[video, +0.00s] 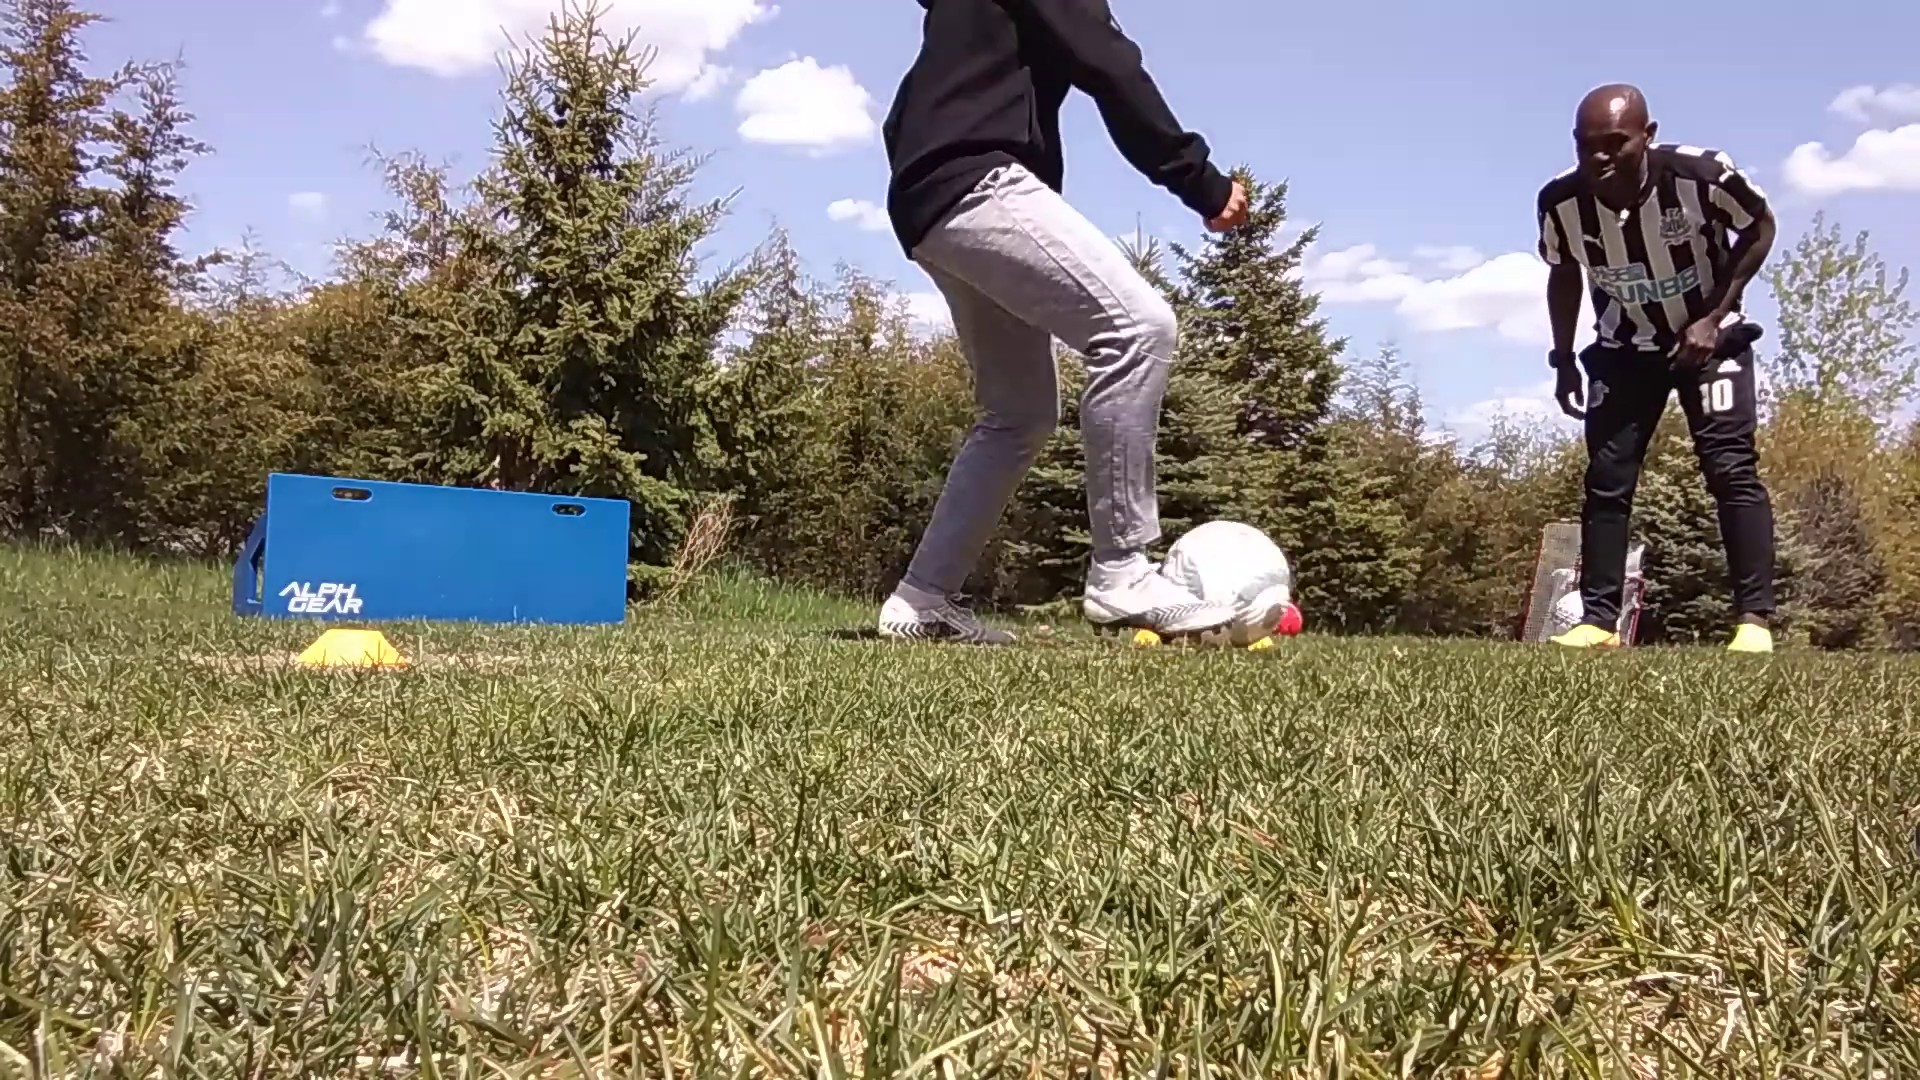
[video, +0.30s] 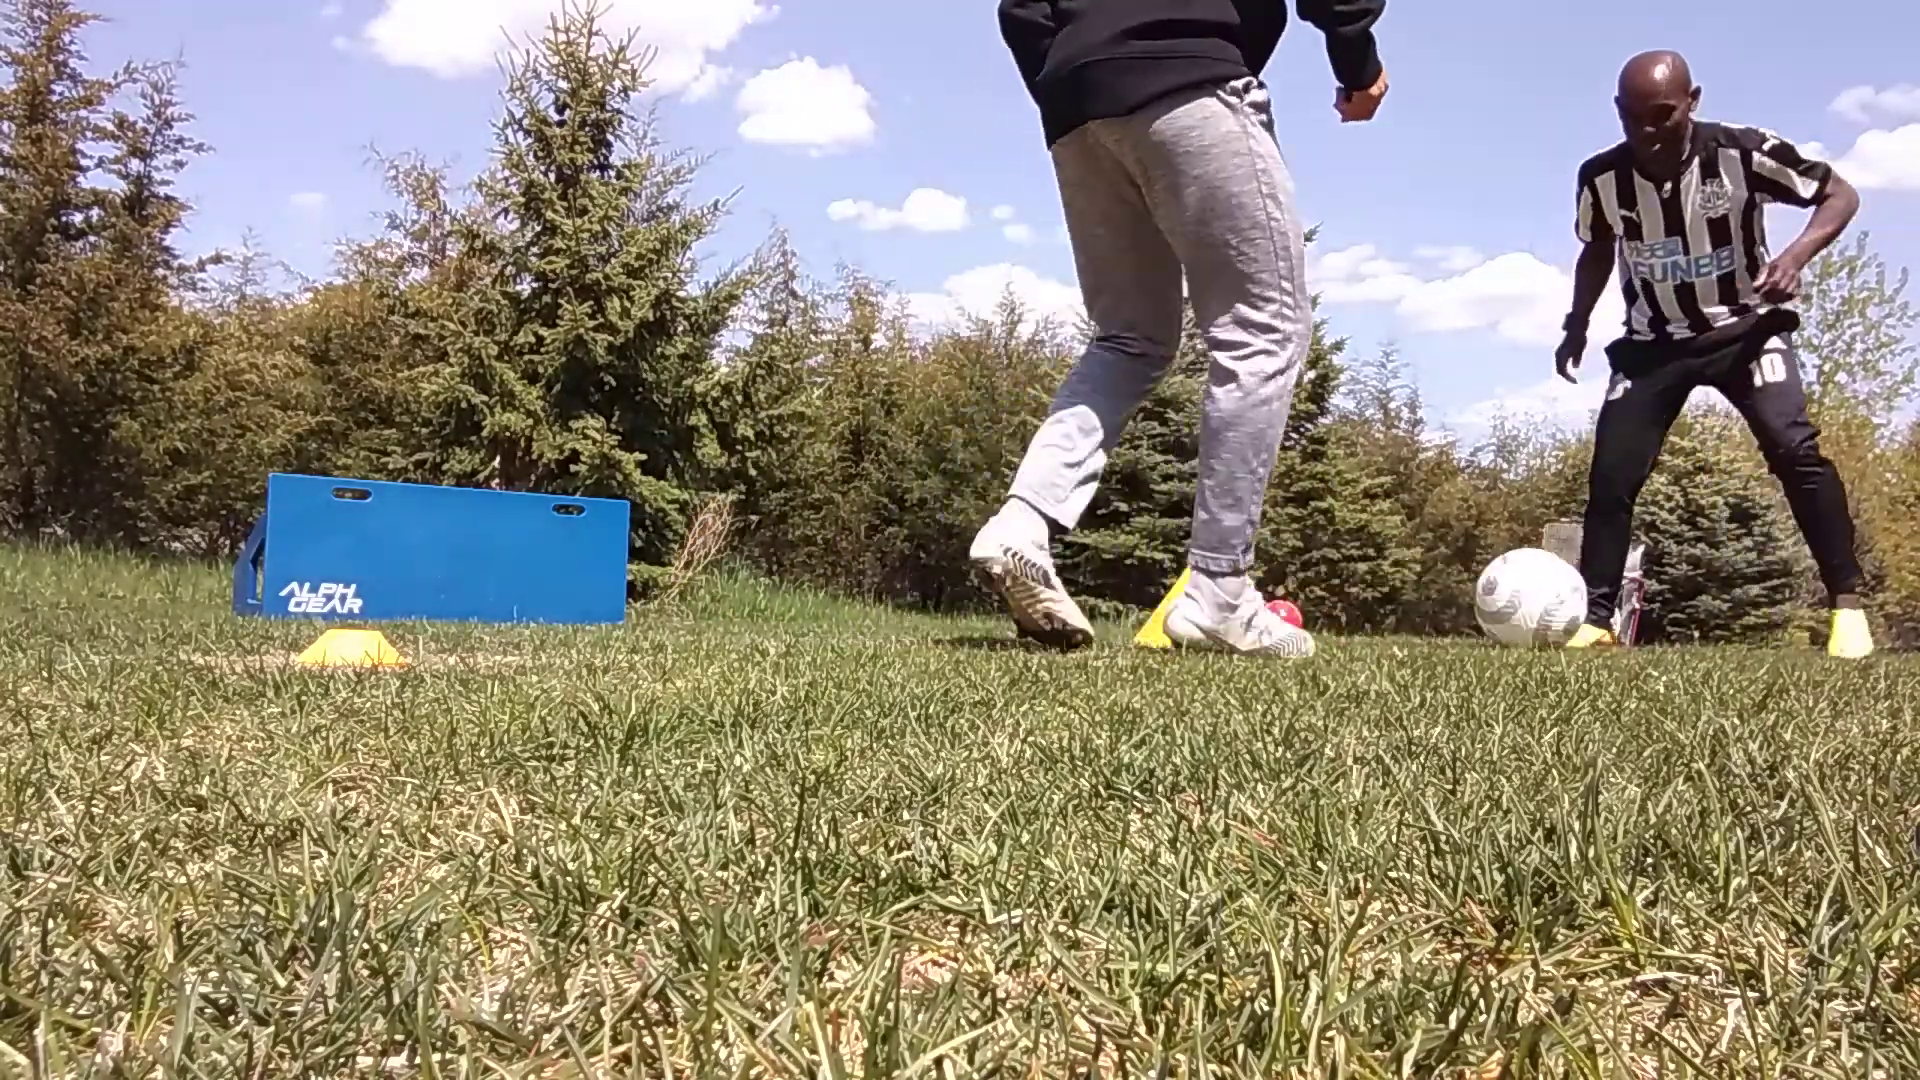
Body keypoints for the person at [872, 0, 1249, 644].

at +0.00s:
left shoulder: (962, 16)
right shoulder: (1047, 1)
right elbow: (1107, 63)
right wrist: (1204, 184)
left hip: (935, 193)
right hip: (976, 177)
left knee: (1016, 415)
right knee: (1137, 330)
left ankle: (923, 599)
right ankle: (1121, 574)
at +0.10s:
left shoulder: (991, 17)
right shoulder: (1119, 3)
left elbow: (945, 103)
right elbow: (1169, 38)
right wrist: (1258, 151)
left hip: (968, 183)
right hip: (1044, 162)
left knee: (1015, 401)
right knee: (1216, 339)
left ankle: (922, 598)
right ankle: (1184, 584)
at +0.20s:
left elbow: (982, 57)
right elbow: (1283, 41)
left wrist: (1026, 155)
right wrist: (1333, 126)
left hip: (1026, 141)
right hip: (1130, 130)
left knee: (1031, 384)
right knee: (1250, 356)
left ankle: (941, 590)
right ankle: (1197, 601)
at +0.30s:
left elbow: (1019, 7)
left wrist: (1068, 97)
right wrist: (1359, 66)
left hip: (1069, 79)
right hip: (1189, 62)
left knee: (1128, 337)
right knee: (1262, 331)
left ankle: (1020, 529)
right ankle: (1218, 595)